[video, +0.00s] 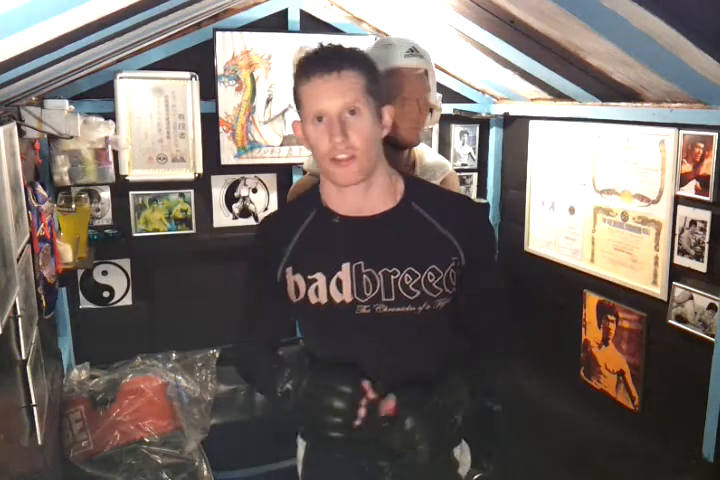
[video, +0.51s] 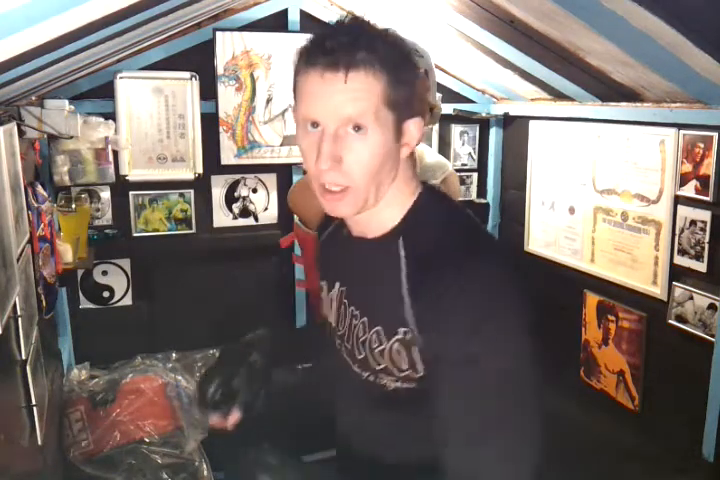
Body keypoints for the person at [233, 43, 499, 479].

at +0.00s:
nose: (338, 136)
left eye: (352, 112)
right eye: (319, 118)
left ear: (384, 121)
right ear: (302, 134)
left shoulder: (462, 223)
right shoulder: (279, 237)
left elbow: (494, 347)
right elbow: (252, 350)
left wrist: (443, 406)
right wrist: (303, 391)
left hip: (435, 457)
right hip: (332, 460)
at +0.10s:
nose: (327, 141)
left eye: (343, 116)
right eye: (308, 122)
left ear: (377, 123)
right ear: (289, 136)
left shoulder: (466, 229)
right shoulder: (278, 240)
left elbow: (514, 347)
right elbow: (251, 349)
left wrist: (455, 421)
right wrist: (286, 388)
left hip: (439, 464)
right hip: (328, 464)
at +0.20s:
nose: (321, 148)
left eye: (339, 123)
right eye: (303, 128)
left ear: (376, 127)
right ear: (284, 138)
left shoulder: (464, 237)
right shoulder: (280, 243)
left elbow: (520, 361)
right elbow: (262, 356)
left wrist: (445, 432)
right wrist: (280, 409)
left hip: (440, 466)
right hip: (325, 464)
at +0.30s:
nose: (323, 160)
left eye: (342, 133)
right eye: (304, 136)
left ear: (382, 135)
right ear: (285, 143)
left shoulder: (463, 251)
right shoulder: (298, 236)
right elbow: (270, 344)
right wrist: (254, 412)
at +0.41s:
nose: (326, 166)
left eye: (351, 137)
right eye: (309, 137)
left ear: (395, 143)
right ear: (291, 140)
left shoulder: (467, 270)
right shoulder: (313, 246)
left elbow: (520, 440)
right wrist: (248, 420)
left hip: (440, 465)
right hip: (340, 463)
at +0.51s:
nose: (325, 160)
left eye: (356, 127)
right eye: (313, 126)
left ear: (409, 137)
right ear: (296, 129)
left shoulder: (468, 268)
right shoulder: (337, 240)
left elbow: (496, 458)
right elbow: (350, 377)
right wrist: (261, 393)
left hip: (435, 469)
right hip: (354, 464)